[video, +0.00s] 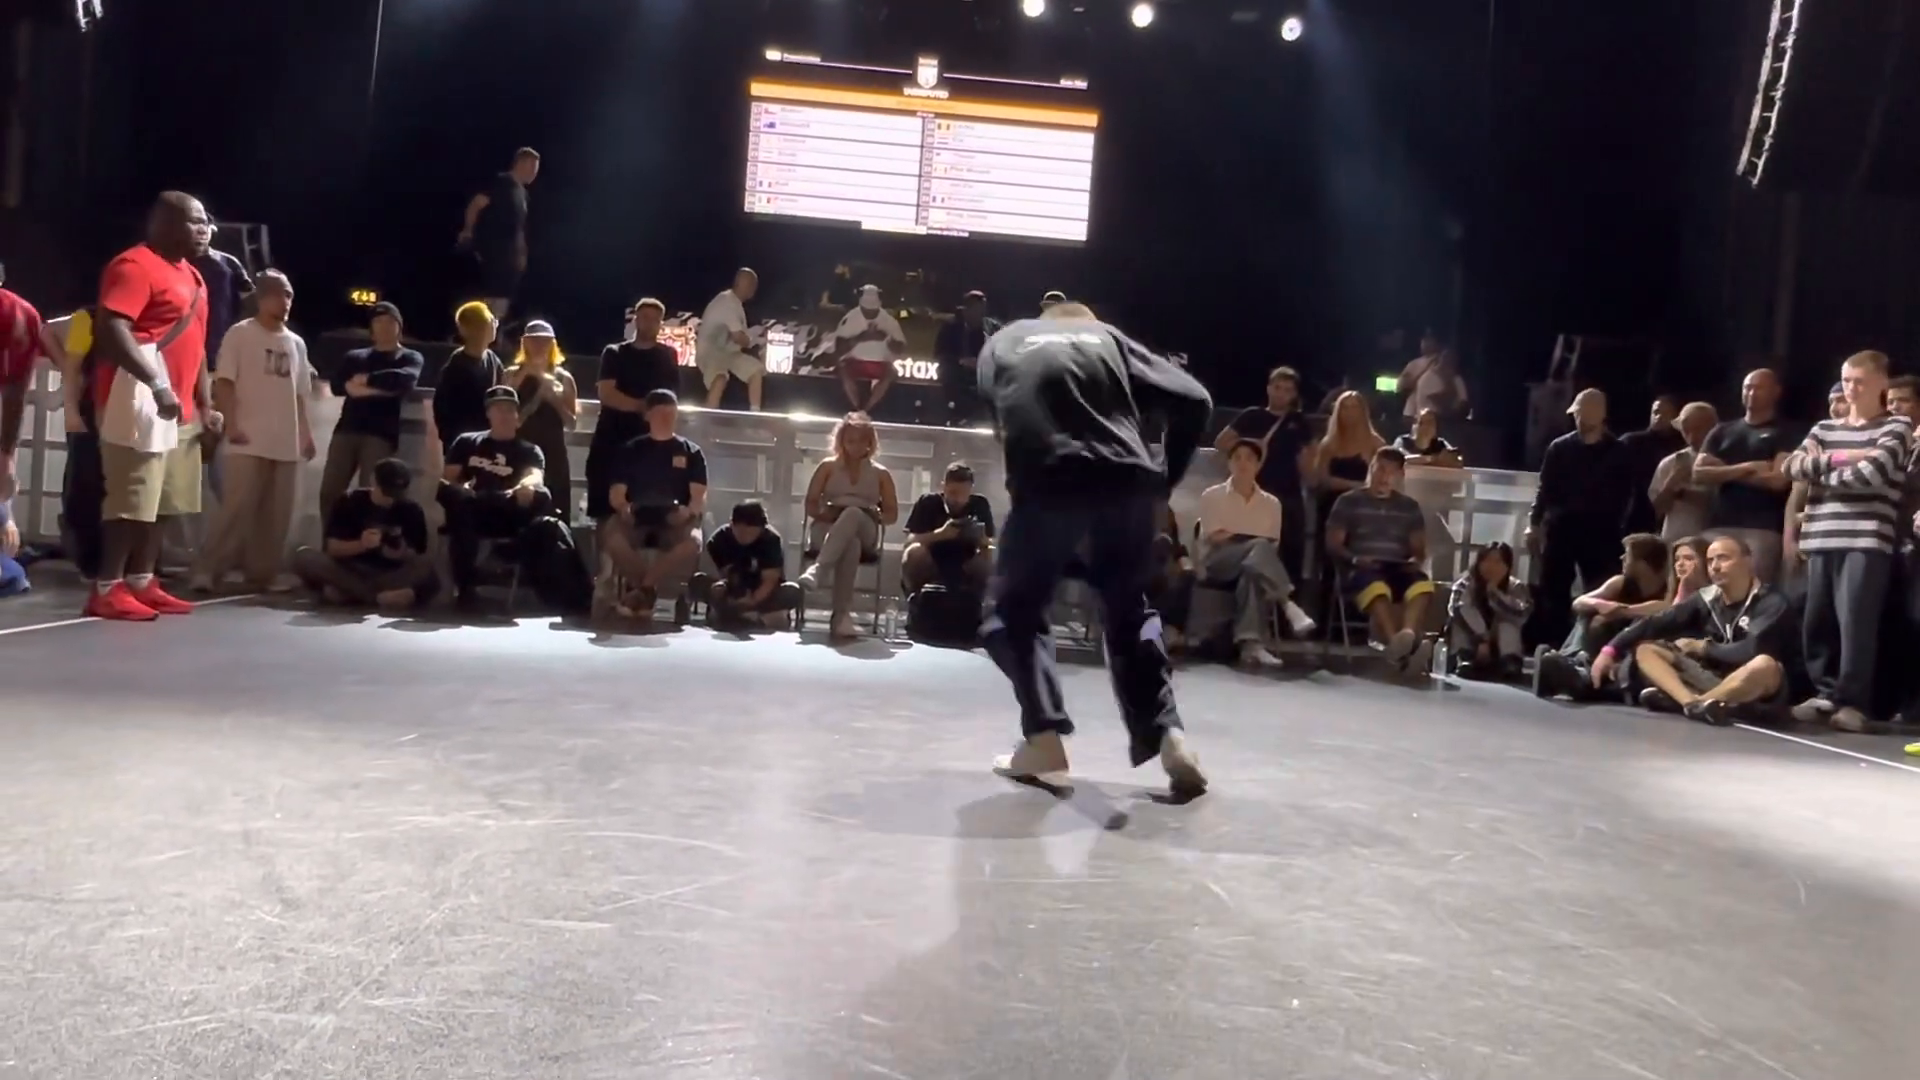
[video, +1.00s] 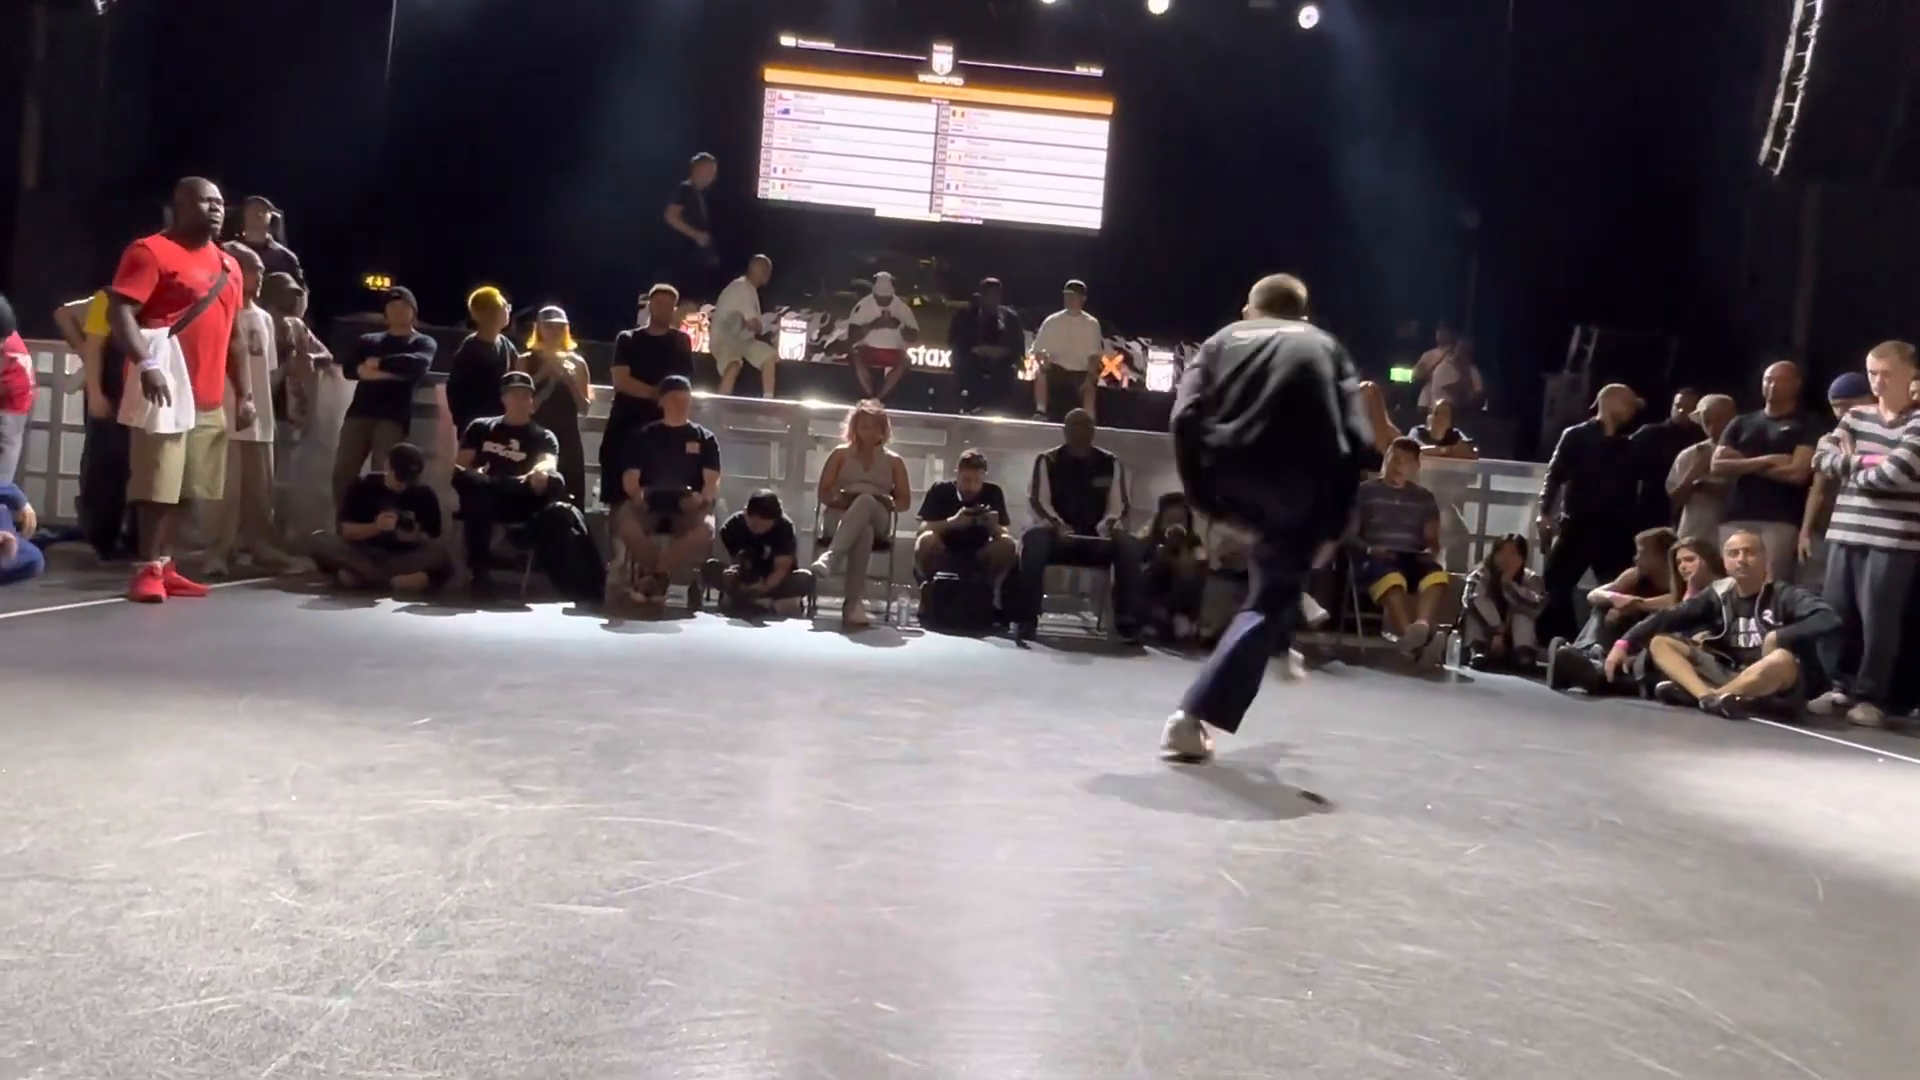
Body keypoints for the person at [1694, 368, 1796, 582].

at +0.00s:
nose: (1750, 393)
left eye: (1757, 388)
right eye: (1747, 388)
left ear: (1775, 392)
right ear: (1742, 392)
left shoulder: (1786, 433)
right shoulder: (1721, 431)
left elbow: (1779, 481)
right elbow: (1699, 473)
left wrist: (1726, 471)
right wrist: (1751, 467)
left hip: (1763, 529)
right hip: (1721, 525)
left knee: (1757, 601)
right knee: (1717, 600)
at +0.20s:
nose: (1755, 392)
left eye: (1762, 387)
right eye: (1752, 386)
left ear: (1780, 391)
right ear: (1746, 390)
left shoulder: (1791, 432)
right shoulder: (1727, 429)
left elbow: (1784, 480)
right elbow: (1703, 471)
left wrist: (1729, 470)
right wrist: (1756, 467)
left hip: (1765, 525)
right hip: (1724, 523)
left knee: (1762, 599)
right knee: (1722, 598)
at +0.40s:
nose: (1760, 389)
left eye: (1766, 384)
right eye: (1756, 384)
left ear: (1784, 388)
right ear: (1751, 388)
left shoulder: (1795, 430)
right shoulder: (1731, 426)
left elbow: (1788, 477)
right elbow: (1707, 469)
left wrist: (1733, 466)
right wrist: (1760, 464)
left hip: (1771, 523)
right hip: (1728, 520)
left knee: (1765, 598)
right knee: (1724, 597)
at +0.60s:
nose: (1763, 388)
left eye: (1770, 383)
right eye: (1760, 382)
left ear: (1789, 387)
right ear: (1755, 386)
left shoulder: (1803, 428)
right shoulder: (1735, 425)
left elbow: (1793, 475)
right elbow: (1712, 468)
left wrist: (1738, 466)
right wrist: (1766, 463)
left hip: (1774, 522)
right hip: (1731, 520)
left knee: (1768, 599)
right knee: (1727, 597)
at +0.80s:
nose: (1766, 386)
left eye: (1773, 381)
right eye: (1763, 380)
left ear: (1792, 385)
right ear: (1758, 384)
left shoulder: (1804, 427)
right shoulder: (1738, 424)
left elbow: (1796, 473)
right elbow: (1714, 466)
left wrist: (1742, 465)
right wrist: (1767, 461)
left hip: (1777, 521)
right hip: (1734, 519)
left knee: (1773, 597)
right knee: (1732, 596)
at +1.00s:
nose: (1771, 385)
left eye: (1778, 380)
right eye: (1768, 380)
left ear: (1796, 385)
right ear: (1762, 384)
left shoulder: (1808, 426)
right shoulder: (1741, 423)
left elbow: (1798, 473)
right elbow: (1717, 465)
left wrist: (1745, 463)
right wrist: (1770, 460)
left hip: (1780, 520)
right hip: (1737, 518)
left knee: (1774, 596)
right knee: (1734, 594)